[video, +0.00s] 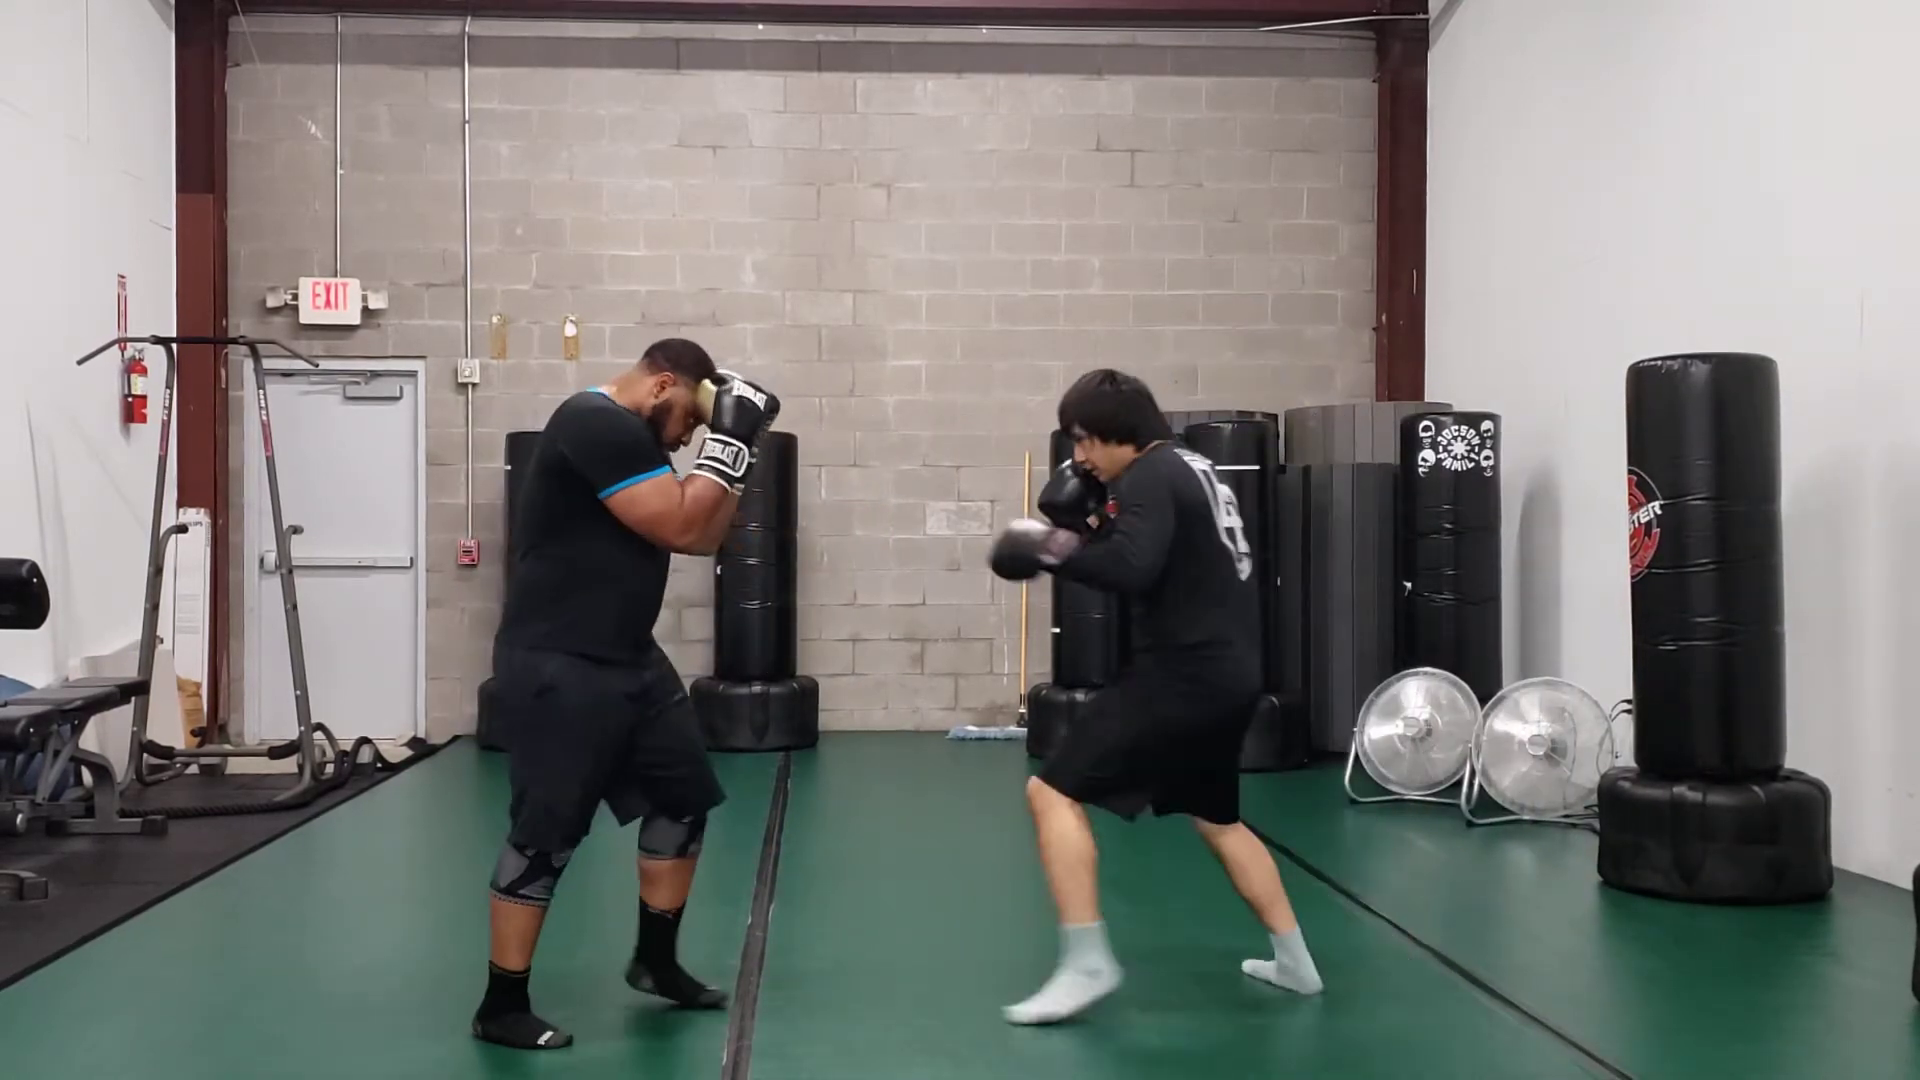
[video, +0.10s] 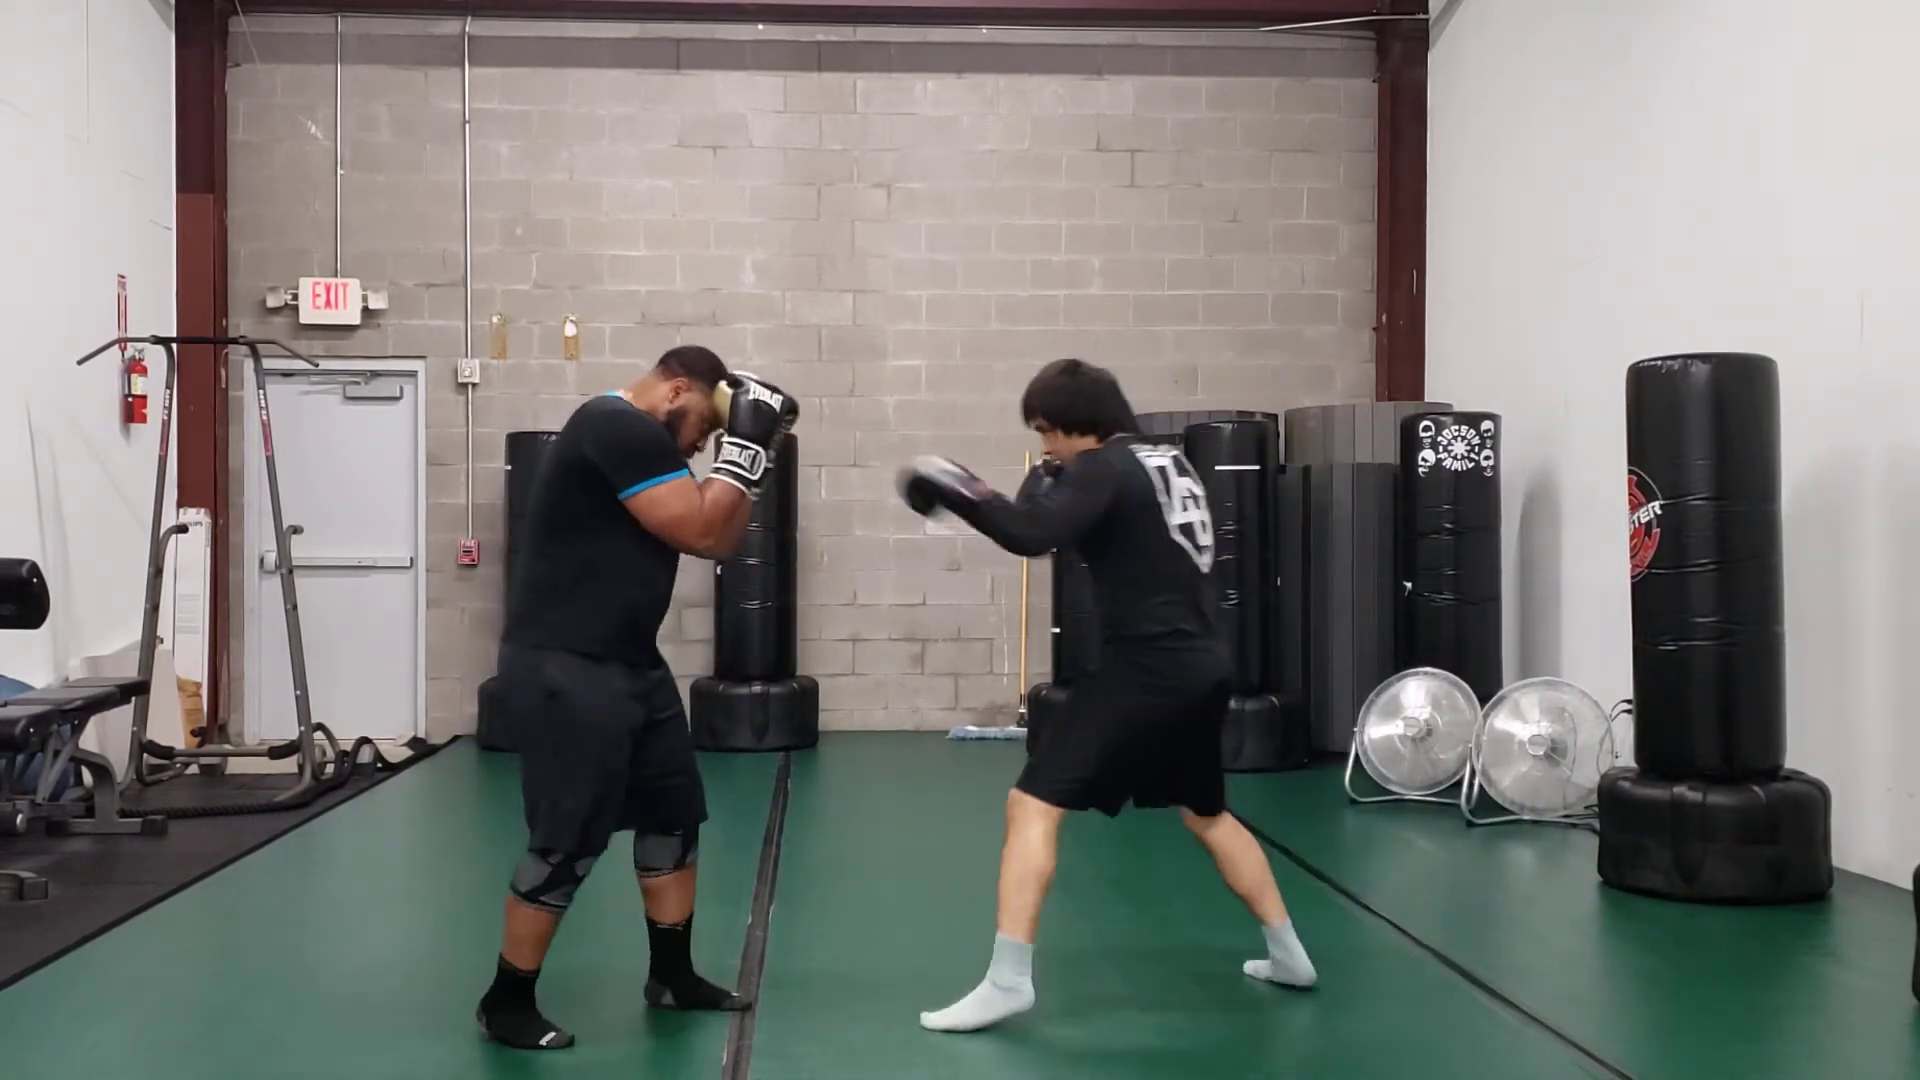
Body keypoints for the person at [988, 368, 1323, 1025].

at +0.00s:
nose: (1079, 456)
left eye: (1084, 441)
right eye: (1076, 442)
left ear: (1118, 435)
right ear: (1141, 429)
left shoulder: (1150, 478)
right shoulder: (1191, 465)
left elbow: (1133, 564)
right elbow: (1174, 557)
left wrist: (1063, 552)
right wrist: (1094, 529)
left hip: (1181, 676)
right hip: (1229, 676)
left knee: (1051, 792)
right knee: (1218, 816)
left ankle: (1086, 960)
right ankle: (1296, 961)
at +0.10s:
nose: (1044, 450)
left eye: (1047, 435)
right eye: (1040, 437)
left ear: (1081, 427)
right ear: (1108, 420)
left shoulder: (1103, 469)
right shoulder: (1167, 461)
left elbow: (1031, 533)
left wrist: (959, 493)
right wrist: (997, 500)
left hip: (1144, 670)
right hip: (1201, 668)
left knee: (1033, 803)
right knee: (1207, 812)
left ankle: (1009, 980)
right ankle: (1291, 955)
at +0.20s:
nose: (1002, 458)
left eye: (1005, 445)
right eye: (1001, 446)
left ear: (1036, 441)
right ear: (1071, 432)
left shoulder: (1042, 487)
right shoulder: (1133, 467)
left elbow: (942, 493)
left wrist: (863, 460)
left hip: (1102, 681)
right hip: (1177, 676)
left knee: (1006, 822)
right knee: (1166, 793)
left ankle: (1009, 999)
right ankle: (1247, 928)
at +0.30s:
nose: (974, 479)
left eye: (978, 466)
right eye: (974, 466)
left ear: (1006, 463)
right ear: (1038, 455)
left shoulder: (1016, 507)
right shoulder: (1108, 487)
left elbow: (915, 516)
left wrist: (848, 454)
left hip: (1087, 693)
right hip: (1161, 688)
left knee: (977, 826)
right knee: (1138, 790)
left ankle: (1005, 998)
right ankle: (1189, 932)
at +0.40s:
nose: (974, 481)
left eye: (975, 466)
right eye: (971, 467)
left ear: (1004, 462)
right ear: (1034, 456)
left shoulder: (1024, 507)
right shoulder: (1099, 491)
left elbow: (952, 551)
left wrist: (883, 497)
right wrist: (941, 515)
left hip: (1072, 692)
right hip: (1142, 688)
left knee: (974, 830)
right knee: (1125, 799)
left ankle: (1005, 1000)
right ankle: (1175, 939)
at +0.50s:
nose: (978, 441)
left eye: (980, 428)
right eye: (974, 429)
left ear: (1008, 420)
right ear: (1037, 411)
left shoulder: (1043, 468)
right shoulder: (1092, 449)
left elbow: (1030, 551)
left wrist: (952, 523)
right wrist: (985, 494)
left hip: (1071, 655)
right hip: (1127, 648)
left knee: (1011, 802)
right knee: (1113, 776)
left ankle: (1006, 974)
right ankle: (1169, 917)